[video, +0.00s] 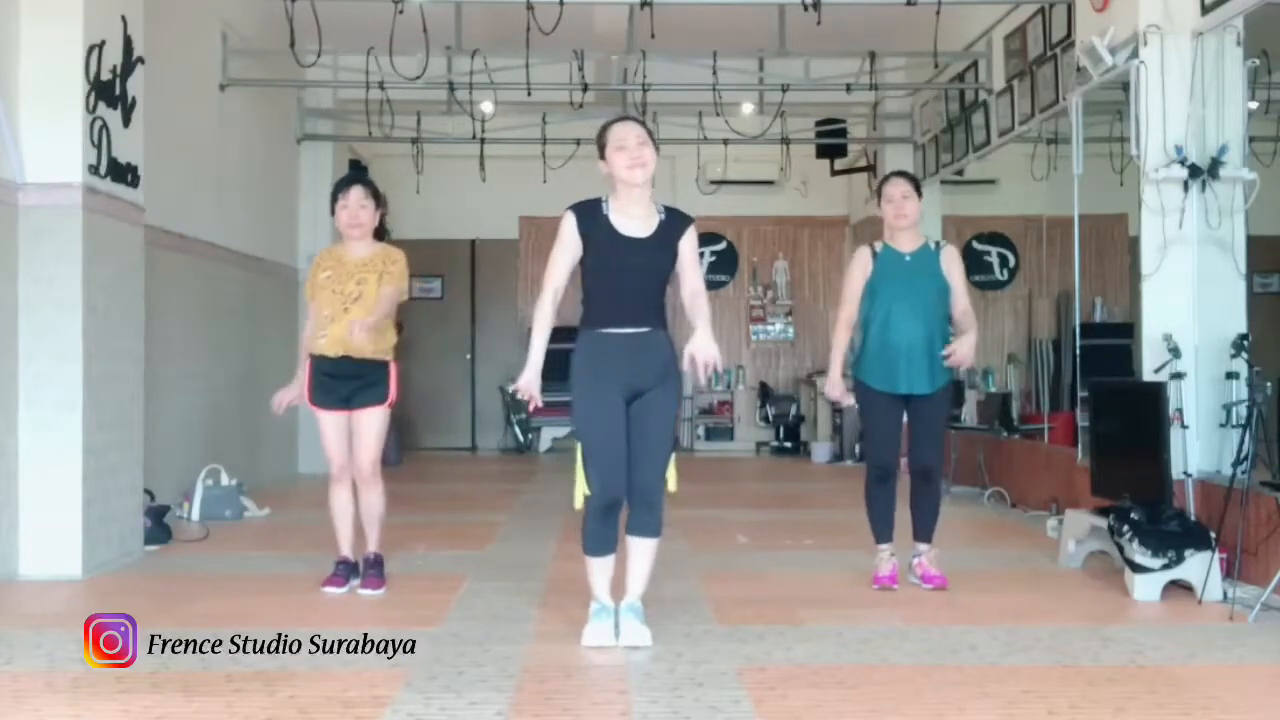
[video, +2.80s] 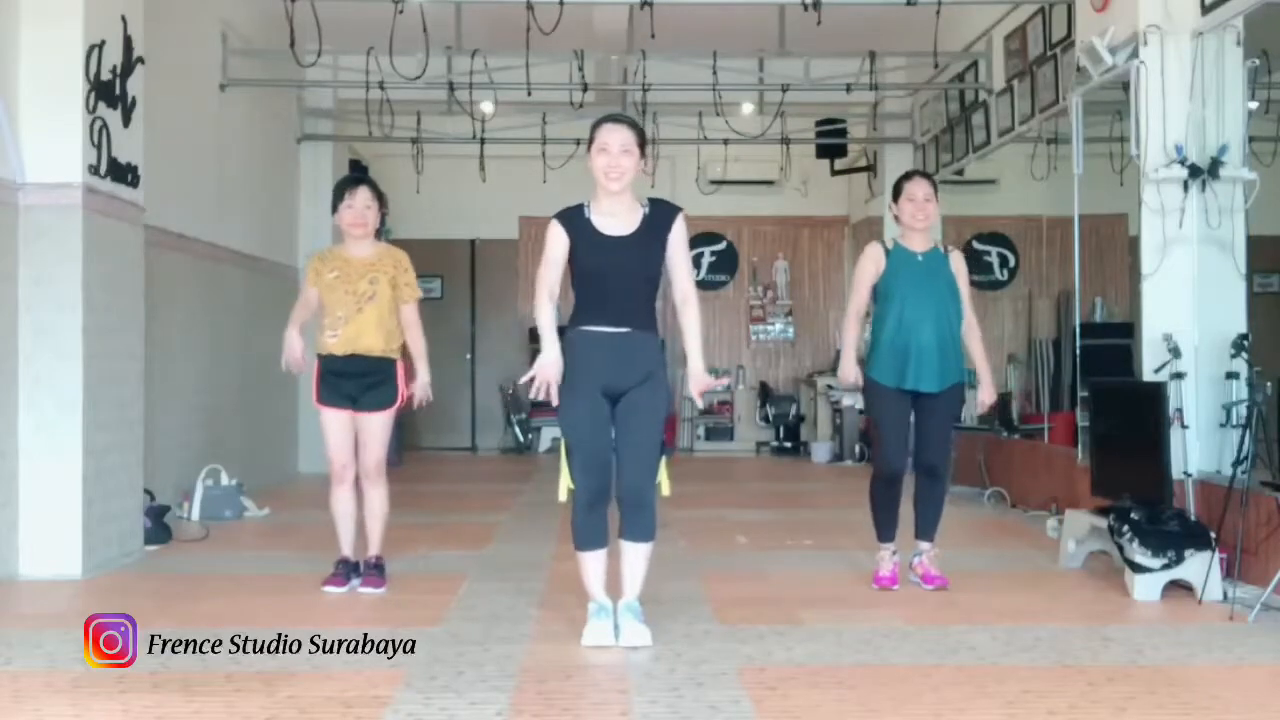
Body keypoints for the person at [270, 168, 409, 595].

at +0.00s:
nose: (354, 213)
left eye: (363, 204)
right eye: (345, 205)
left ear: (378, 213)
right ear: (334, 214)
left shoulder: (392, 259)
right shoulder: (324, 261)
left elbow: (389, 300)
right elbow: (313, 325)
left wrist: (370, 321)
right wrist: (299, 381)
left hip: (372, 369)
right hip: (326, 368)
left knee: (366, 468)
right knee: (338, 470)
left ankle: (372, 557)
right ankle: (345, 560)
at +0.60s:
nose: (354, 216)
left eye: (364, 208)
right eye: (346, 209)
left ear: (378, 216)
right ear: (334, 217)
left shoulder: (393, 261)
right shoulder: (323, 266)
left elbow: (396, 315)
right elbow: (304, 327)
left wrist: (384, 359)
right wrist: (281, 385)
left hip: (371, 369)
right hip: (325, 368)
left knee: (365, 470)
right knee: (338, 471)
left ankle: (372, 558)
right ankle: (345, 560)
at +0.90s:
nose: (358, 214)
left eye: (367, 206)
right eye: (349, 206)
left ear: (380, 215)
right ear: (337, 215)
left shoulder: (397, 259)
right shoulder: (324, 262)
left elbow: (415, 316)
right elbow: (307, 304)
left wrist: (432, 368)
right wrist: (293, 323)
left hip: (384, 370)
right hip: (335, 370)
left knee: (373, 468)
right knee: (336, 469)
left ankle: (374, 559)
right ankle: (343, 558)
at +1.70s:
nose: (355, 210)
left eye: (365, 203)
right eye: (348, 202)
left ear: (380, 212)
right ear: (336, 212)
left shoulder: (394, 259)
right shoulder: (322, 263)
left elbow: (400, 309)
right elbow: (305, 325)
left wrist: (390, 349)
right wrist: (290, 382)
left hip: (375, 367)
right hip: (328, 367)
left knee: (367, 468)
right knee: (337, 470)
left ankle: (372, 559)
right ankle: (345, 560)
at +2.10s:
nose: (350, 215)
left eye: (360, 208)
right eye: (343, 208)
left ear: (375, 217)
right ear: (331, 216)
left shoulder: (388, 262)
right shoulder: (320, 265)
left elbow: (374, 318)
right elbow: (310, 330)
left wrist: (356, 308)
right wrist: (300, 382)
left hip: (367, 369)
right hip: (322, 367)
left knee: (357, 469)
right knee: (335, 471)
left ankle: (371, 557)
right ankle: (346, 560)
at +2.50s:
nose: (352, 216)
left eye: (361, 210)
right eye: (344, 209)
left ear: (377, 219)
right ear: (333, 218)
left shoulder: (391, 260)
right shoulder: (323, 266)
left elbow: (393, 308)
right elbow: (304, 329)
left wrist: (388, 344)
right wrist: (282, 388)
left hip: (371, 369)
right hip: (324, 369)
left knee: (362, 469)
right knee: (337, 470)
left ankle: (372, 558)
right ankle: (347, 560)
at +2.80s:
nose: (358, 214)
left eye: (367, 207)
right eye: (349, 207)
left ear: (380, 215)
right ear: (336, 215)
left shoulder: (396, 261)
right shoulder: (323, 262)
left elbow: (411, 320)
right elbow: (306, 305)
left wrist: (422, 371)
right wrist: (292, 331)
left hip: (382, 370)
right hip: (333, 369)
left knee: (372, 468)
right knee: (340, 469)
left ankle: (373, 560)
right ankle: (346, 560)